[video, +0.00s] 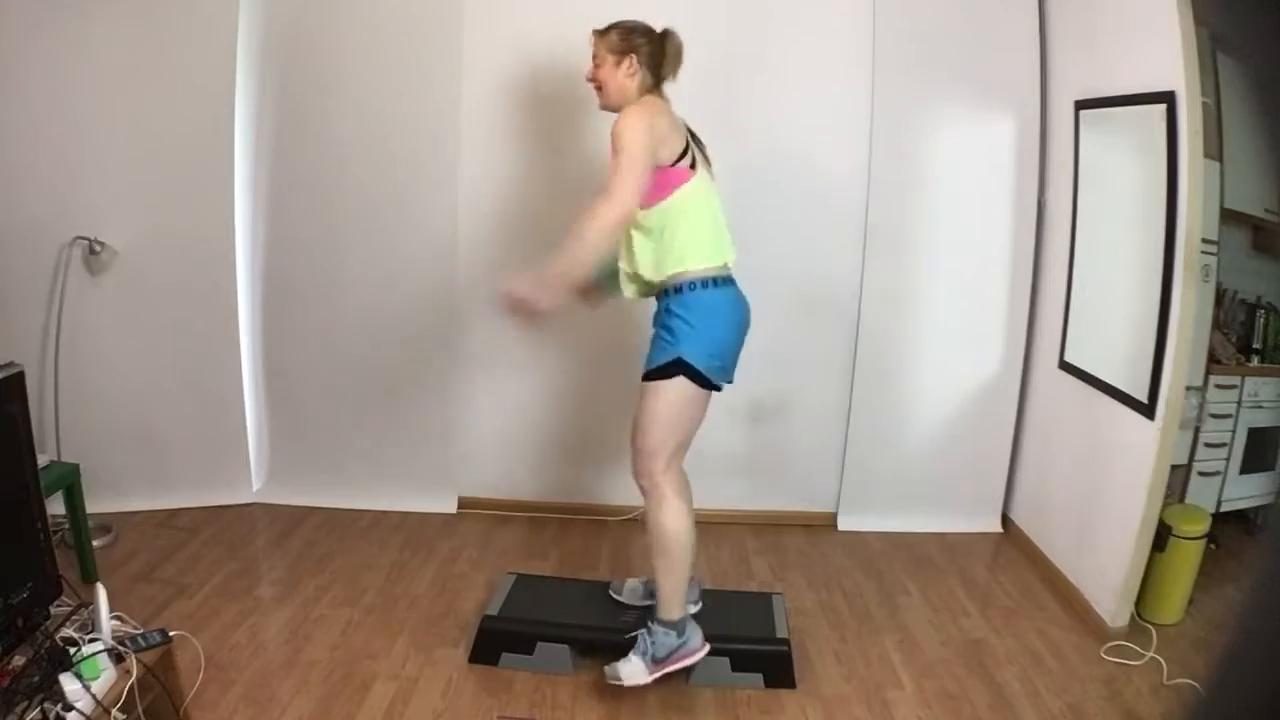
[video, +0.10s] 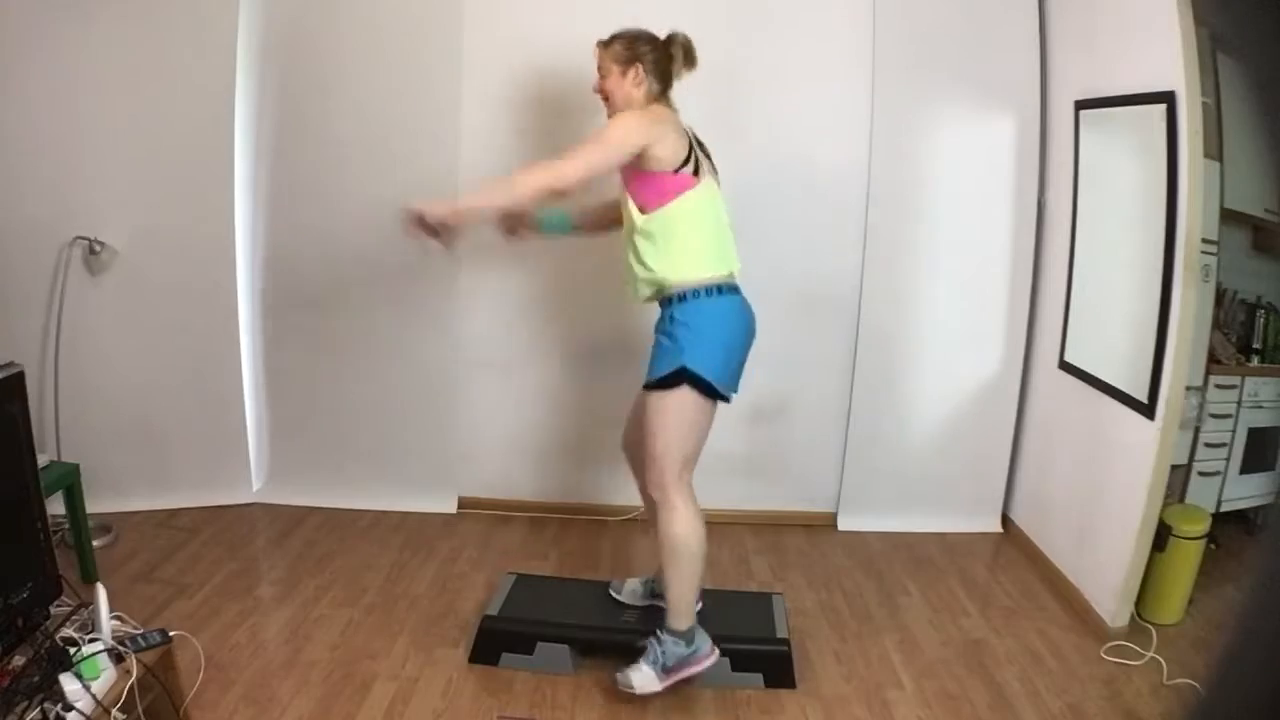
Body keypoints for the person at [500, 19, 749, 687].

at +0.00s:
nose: (590, 74)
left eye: (598, 62)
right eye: (591, 63)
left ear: (631, 65)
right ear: (637, 65)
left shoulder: (640, 119)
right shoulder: (660, 121)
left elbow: (621, 205)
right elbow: (662, 227)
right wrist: (606, 280)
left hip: (697, 306)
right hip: (704, 303)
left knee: (653, 466)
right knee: (661, 459)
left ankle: (674, 629)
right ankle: (674, 584)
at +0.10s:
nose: (597, 87)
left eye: (603, 75)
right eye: (598, 76)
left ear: (635, 75)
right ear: (644, 75)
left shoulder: (645, 123)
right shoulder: (665, 133)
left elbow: (557, 177)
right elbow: (620, 215)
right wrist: (539, 222)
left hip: (703, 316)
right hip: (701, 313)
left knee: (668, 476)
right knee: (641, 447)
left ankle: (684, 637)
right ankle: (675, 575)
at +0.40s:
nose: (595, 86)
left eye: (605, 75)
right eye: (598, 75)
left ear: (639, 80)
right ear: (640, 81)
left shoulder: (653, 136)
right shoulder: (639, 140)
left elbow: (600, 181)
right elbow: (578, 185)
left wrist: (498, 194)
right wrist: (506, 209)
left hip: (700, 335)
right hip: (677, 333)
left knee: (672, 485)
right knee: (621, 453)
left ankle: (694, 647)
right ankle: (669, 571)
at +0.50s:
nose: (594, 41)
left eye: (605, 29)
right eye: (596, 29)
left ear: (642, 40)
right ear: (636, 41)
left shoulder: (661, 99)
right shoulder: (635, 106)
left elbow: (676, 179)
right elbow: (620, 178)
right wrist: (571, 217)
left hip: (691, 291)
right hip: (664, 288)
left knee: (650, 439)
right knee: (635, 431)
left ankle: (691, 599)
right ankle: (670, 563)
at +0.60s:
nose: (596, 22)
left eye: (610, 13)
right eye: (598, 11)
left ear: (646, 27)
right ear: (631, 29)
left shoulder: (673, 94)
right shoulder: (624, 94)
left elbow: (730, 188)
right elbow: (641, 181)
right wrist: (614, 236)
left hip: (683, 278)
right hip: (642, 273)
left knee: (647, 425)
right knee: (629, 418)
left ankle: (668, 562)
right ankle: (670, 543)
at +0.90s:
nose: (633, 80)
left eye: (645, 70)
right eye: (628, 68)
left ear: (680, 74)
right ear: (623, 69)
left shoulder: (708, 138)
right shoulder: (608, 132)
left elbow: (742, 224)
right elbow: (562, 195)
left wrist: (718, 282)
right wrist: (523, 250)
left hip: (684, 313)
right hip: (623, 307)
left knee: (657, 443)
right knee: (609, 425)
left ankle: (660, 569)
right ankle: (624, 496)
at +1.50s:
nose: (705, 150)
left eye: (713, 141)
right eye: (696, 138)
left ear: (718, 141)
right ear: (667, 134)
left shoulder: (722, 194)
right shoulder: (625, 186)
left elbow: (721, 254)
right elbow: (577, 249)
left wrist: (732, 314)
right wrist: (591, 311)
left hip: (688, 336)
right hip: (625, 335)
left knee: (706, 448)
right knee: (607, 446)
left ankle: (679, 531)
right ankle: (592, 517)